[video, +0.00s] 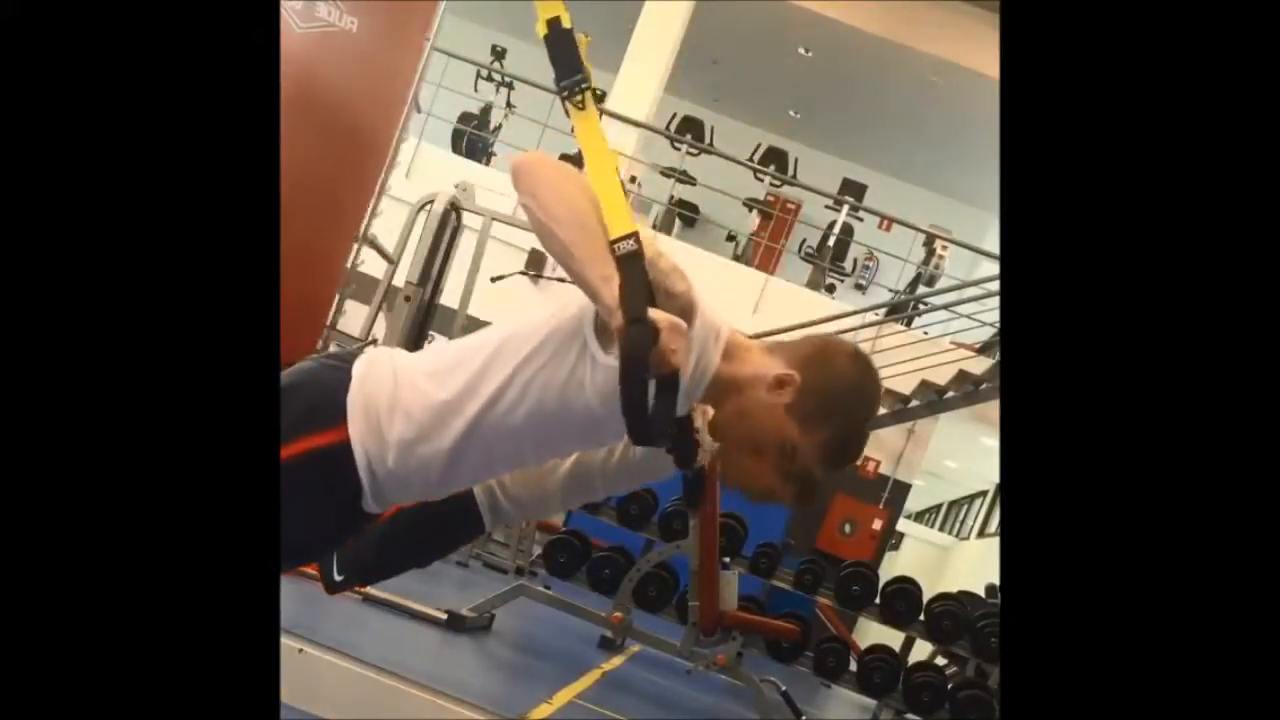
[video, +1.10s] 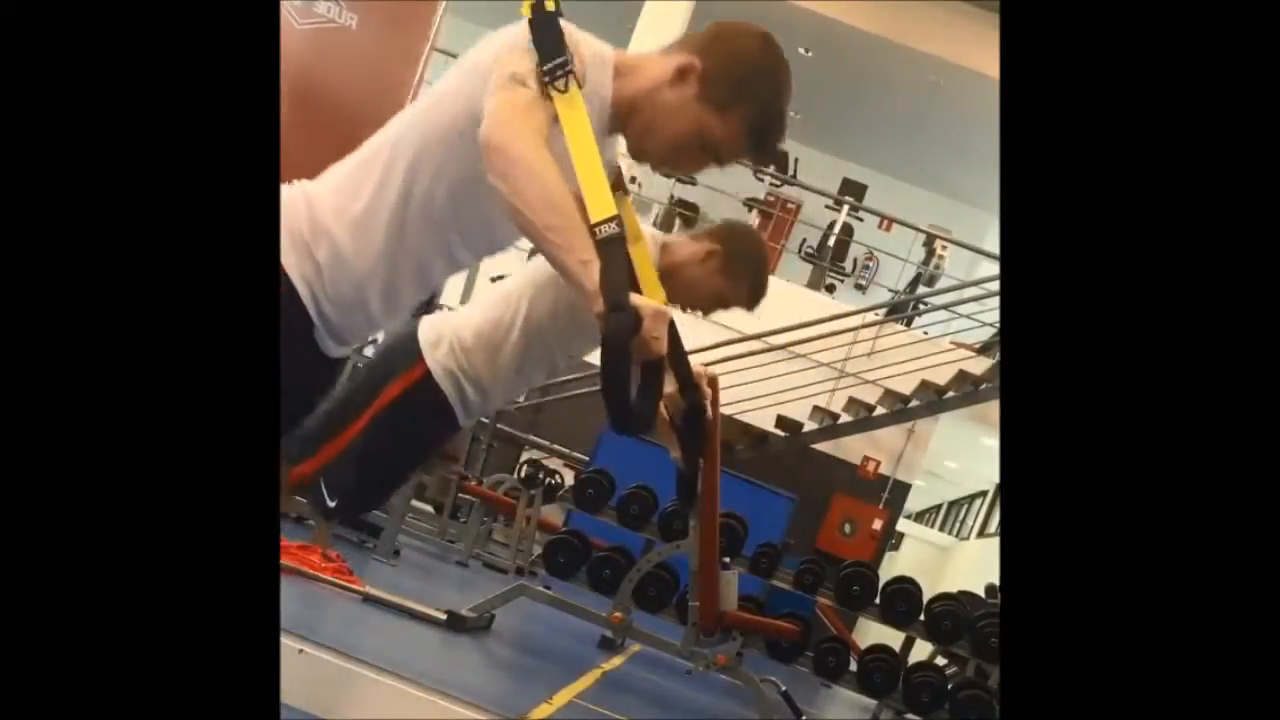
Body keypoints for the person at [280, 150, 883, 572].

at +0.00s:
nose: (759, 484)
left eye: (779, 483)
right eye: (781, 468)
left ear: (779, 386)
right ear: (781, 391)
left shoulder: (693, 420)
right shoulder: (672, 300)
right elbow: (534, 171)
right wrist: (620, 304)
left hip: (366, 488)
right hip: (333, 436)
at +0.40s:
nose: (761, 411)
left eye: (781, 411)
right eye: (780, 397)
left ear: (776, 330)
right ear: (775, 331)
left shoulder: (691, 366)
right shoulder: (669, 273)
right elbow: (525, 167)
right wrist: (628, 305)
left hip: (366, 455)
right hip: (331, 407)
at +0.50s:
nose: (757, 375)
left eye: (776, 376)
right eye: (776, 362)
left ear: (768, 291)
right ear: (770, 294)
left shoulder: (681, 336)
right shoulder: (664, 244)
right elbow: (515, 157)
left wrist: (666, 405)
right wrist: (629, 311)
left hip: (364, 440)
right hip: (329, 384)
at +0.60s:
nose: (745, 333)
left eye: (767, 330)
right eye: (766, 316)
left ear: (760, 248)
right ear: (758, 248)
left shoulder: (659, 288)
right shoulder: (642, 195)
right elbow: (506, 152)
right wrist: (615, 308)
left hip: (364, 422)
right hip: (325, 361)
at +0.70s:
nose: (738, 295)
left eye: (758, 292)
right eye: (756, 280)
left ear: (745, 205)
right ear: (747, 208)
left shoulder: (654, 250)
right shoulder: (630, 158)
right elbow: (503, 145)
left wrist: (659, 401)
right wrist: (615, 302)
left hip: (362, 404)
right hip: (318, 340)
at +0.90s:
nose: (716, 235)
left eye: (735, 231)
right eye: (732, 213)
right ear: (716, 141)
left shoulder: (624, 209)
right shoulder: (605, 107)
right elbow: (501, 134)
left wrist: (663, 383)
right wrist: (596, 287)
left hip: (352, 365)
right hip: (305, 303)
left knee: (287, 482)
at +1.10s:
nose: (695, 173)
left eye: (713, 165)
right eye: (708, 151)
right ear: (687, 75)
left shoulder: (600, 152)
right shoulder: (556, 47)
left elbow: (621, 256)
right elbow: (507, 148)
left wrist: (667, 367)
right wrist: (607, 292)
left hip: (335, 336)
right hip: (291, 275)